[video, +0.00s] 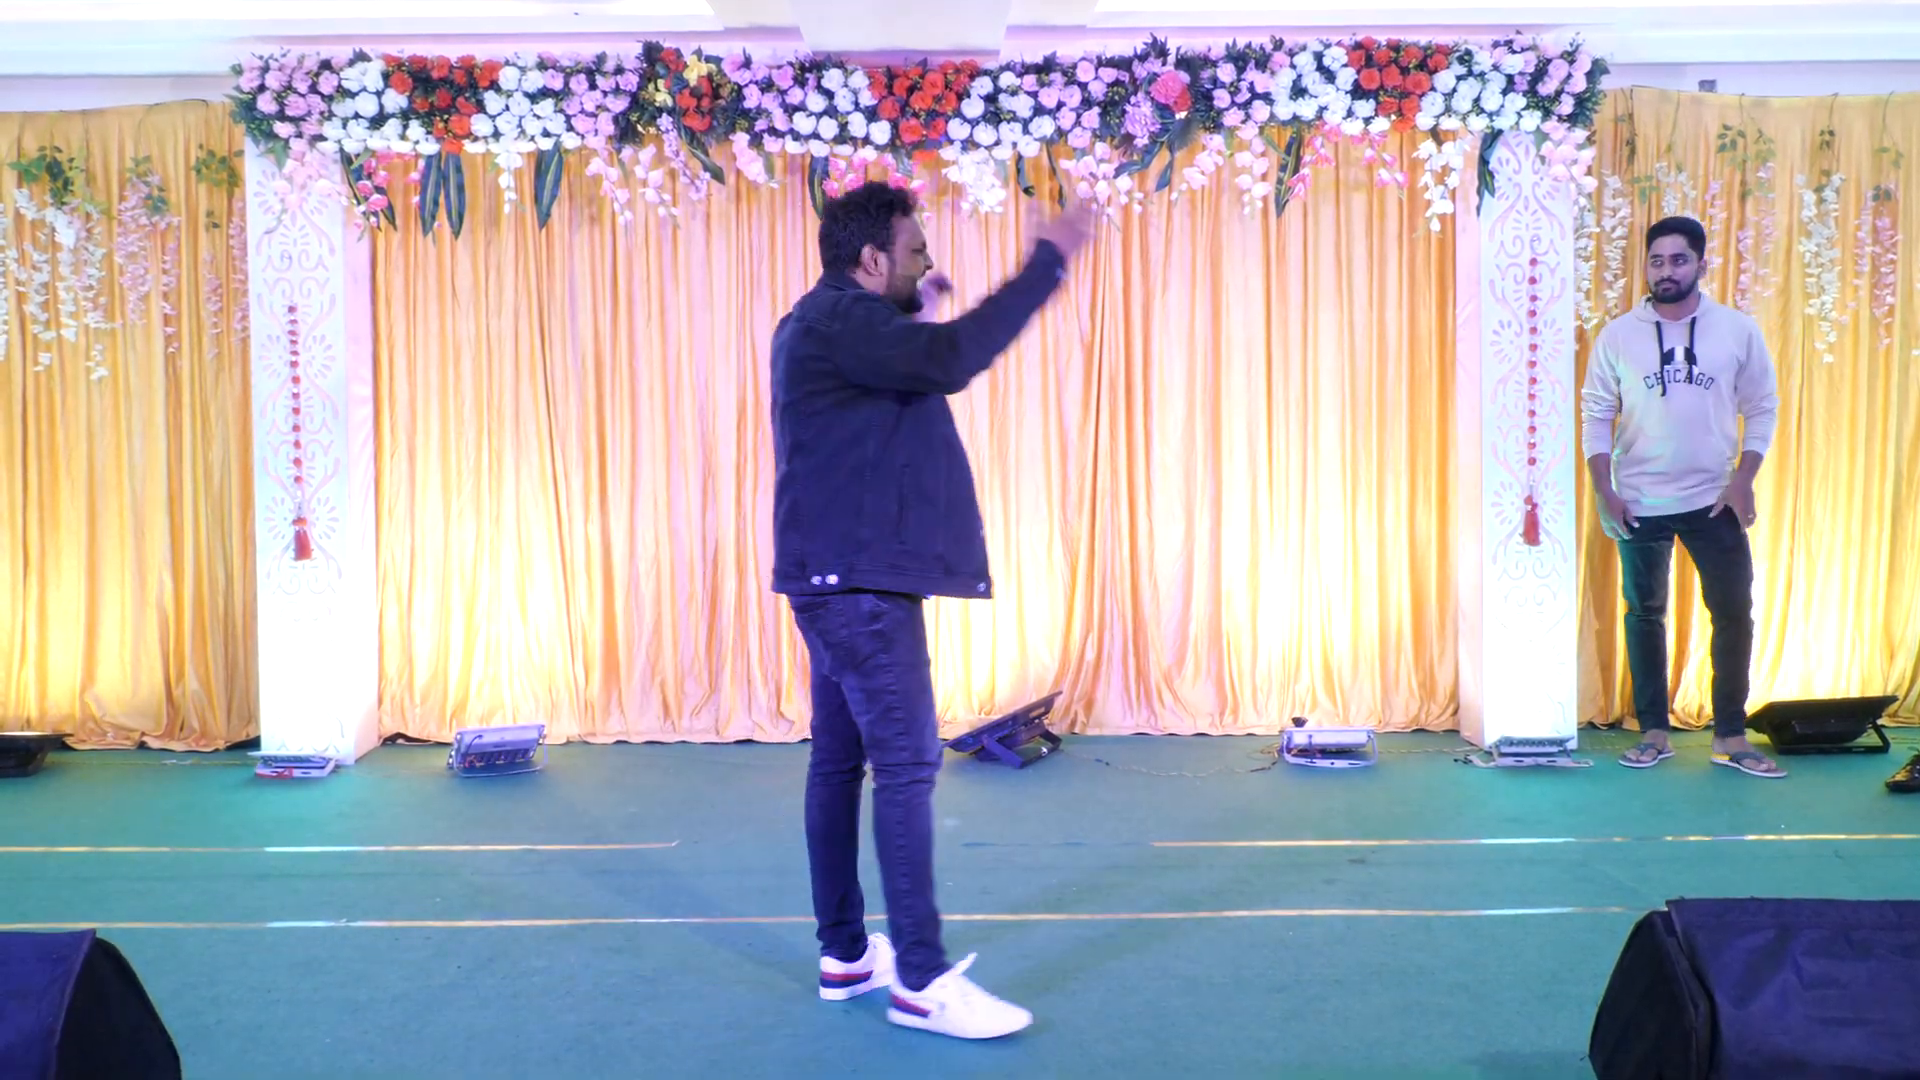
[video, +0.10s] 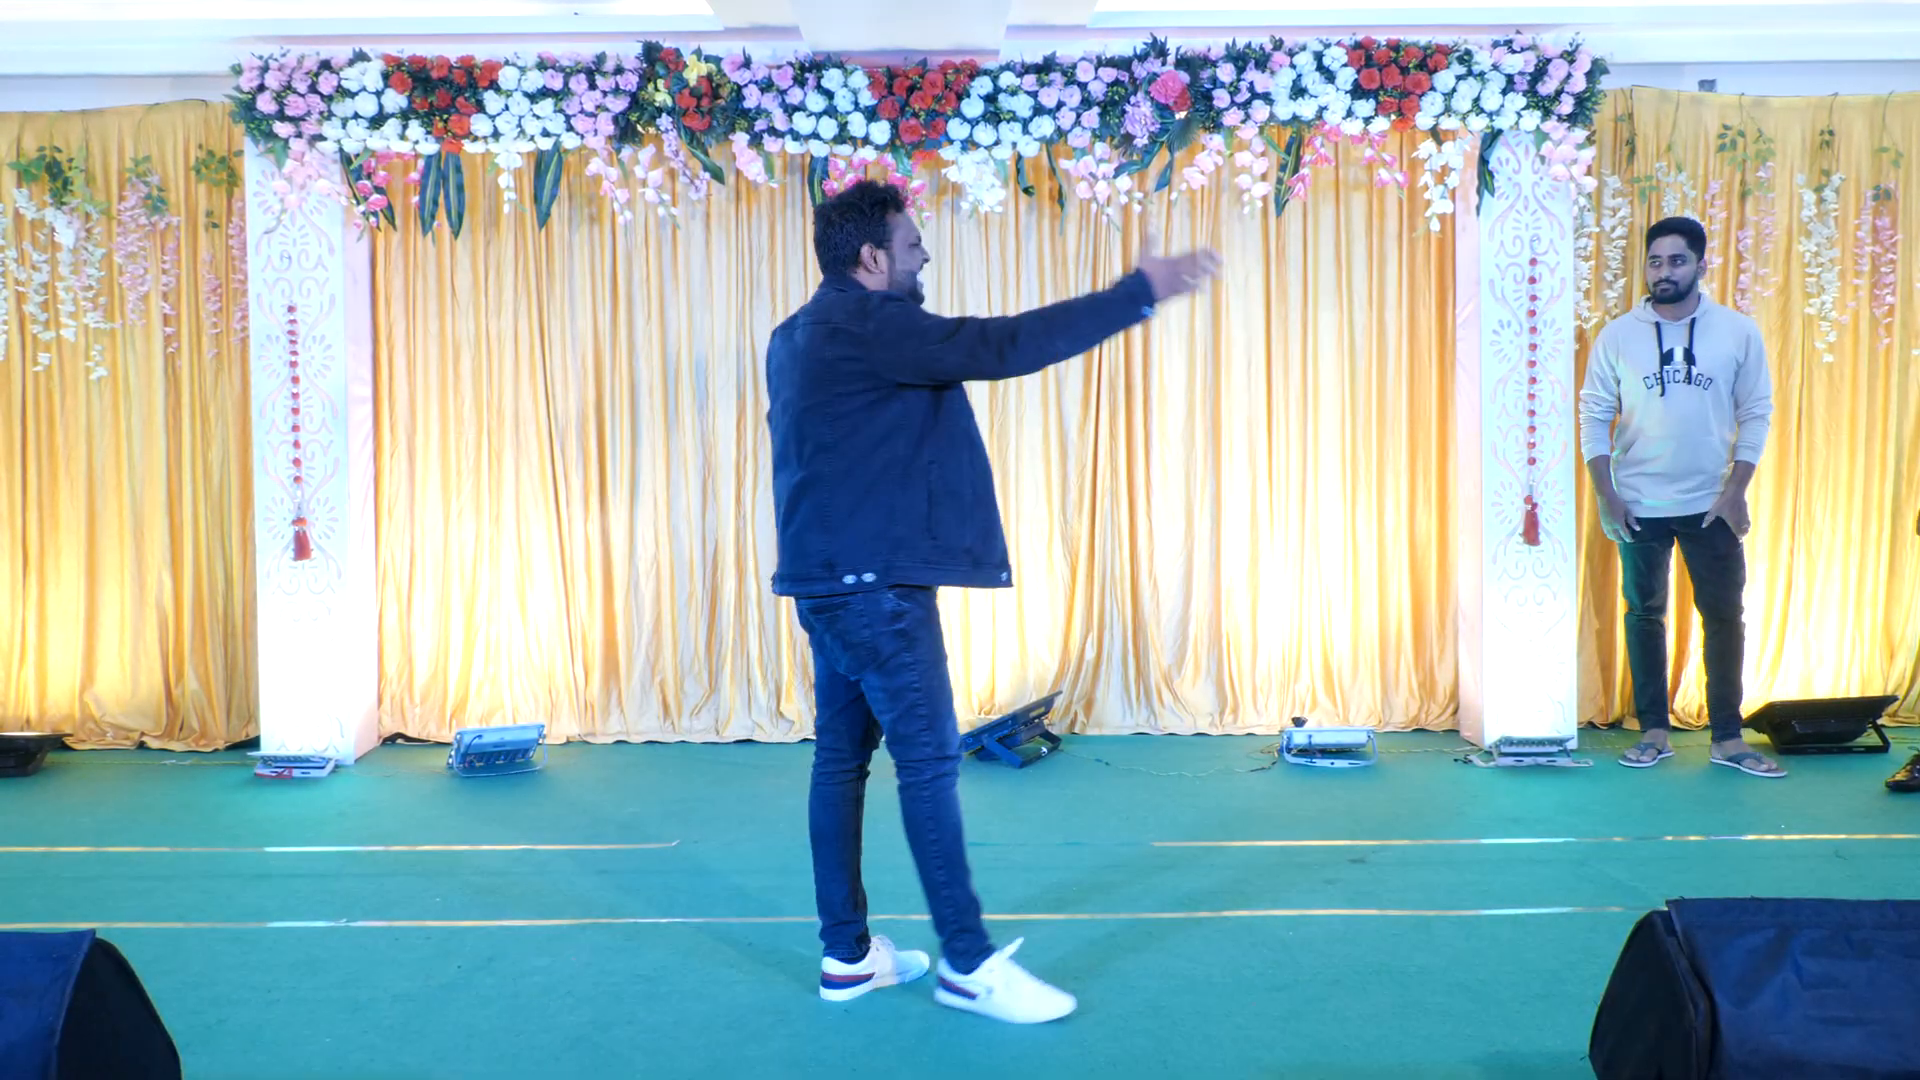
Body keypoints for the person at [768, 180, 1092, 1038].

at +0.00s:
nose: (925, 266)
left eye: (922, 249)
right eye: (914, 250)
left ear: (852, 258)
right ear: (868, 257)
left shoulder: (811, 321)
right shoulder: (843, 318)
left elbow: (853, 407)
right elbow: (944, 359)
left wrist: (914, 316)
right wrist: (1049, 261)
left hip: (827, 580)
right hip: (862, 582)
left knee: (837, 761)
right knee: (906, 762)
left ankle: (843, 954)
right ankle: (922, 977)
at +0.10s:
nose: (924, 261)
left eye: (920, 244)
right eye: (912, 246)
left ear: (850, 259)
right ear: (867, 256)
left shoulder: (796, 335)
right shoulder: (872, 327)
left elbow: (810, 462)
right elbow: (1010, 342)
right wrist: (1140, 290)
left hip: (822, 580)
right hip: (877, 581)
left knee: (840, 759)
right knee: (929, 761)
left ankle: (845, 954)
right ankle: (968, 960)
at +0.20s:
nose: (929, 256)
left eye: (923, 240)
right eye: (917, 242)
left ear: (853, 260)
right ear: (879, 257)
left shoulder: (792, 340)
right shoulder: (909, 323)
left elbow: (767, 447)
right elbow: (1041, 339)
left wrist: (861, 461)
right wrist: (1179, 317)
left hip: (822, 586)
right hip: (894, 580)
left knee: (841, 758)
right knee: (949, 760)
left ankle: (846, 953)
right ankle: (1004, 944)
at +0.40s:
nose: (957, 262)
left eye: (951, 248)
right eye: (950, 249)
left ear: (872, 265)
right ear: (927, 256)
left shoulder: (808, 349)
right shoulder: (958, 337)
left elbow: (761, 472)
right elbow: (1064, 423)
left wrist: (765, 580)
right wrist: (1196, 424)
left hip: (850, 599)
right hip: (946, 598)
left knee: (854, 760)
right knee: (993, 753)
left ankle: (847, 952)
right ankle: (1047, 918)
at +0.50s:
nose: (975, 264)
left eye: (967, 251)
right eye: (972, 252)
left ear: (896, 266)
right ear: (960, 260)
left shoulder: (832, 349)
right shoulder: (987, 347)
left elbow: (781, 470)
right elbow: (1032, 474)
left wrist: (748, 576)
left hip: (867, 597)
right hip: (971, 598)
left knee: (866, 753)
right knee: (1015, 748)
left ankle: (850, 949)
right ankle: (1059, 919)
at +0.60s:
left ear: (920, 265)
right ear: (991, 264)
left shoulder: (864, 344)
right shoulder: (1027, 354)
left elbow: (808, 462)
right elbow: (1038, 494)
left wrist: (765, 565)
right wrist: (1061, 606)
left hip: (892, 594)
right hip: (993, 596)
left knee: (891, 746)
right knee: (1034, 746)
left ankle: (857, 940)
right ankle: (1059, 919)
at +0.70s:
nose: (924, 272)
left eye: (927, 260)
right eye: (928, 260)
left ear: (944, 263)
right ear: (1008, 268)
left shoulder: (891, 335)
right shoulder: (1062, 344)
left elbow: (837, 448)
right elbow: (1096, 469)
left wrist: (791, 536)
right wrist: (1101, 563)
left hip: (916, 581)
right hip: (1024, 582)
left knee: (916, 729)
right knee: (1042, 741)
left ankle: (883, 905)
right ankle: (1059, 918)